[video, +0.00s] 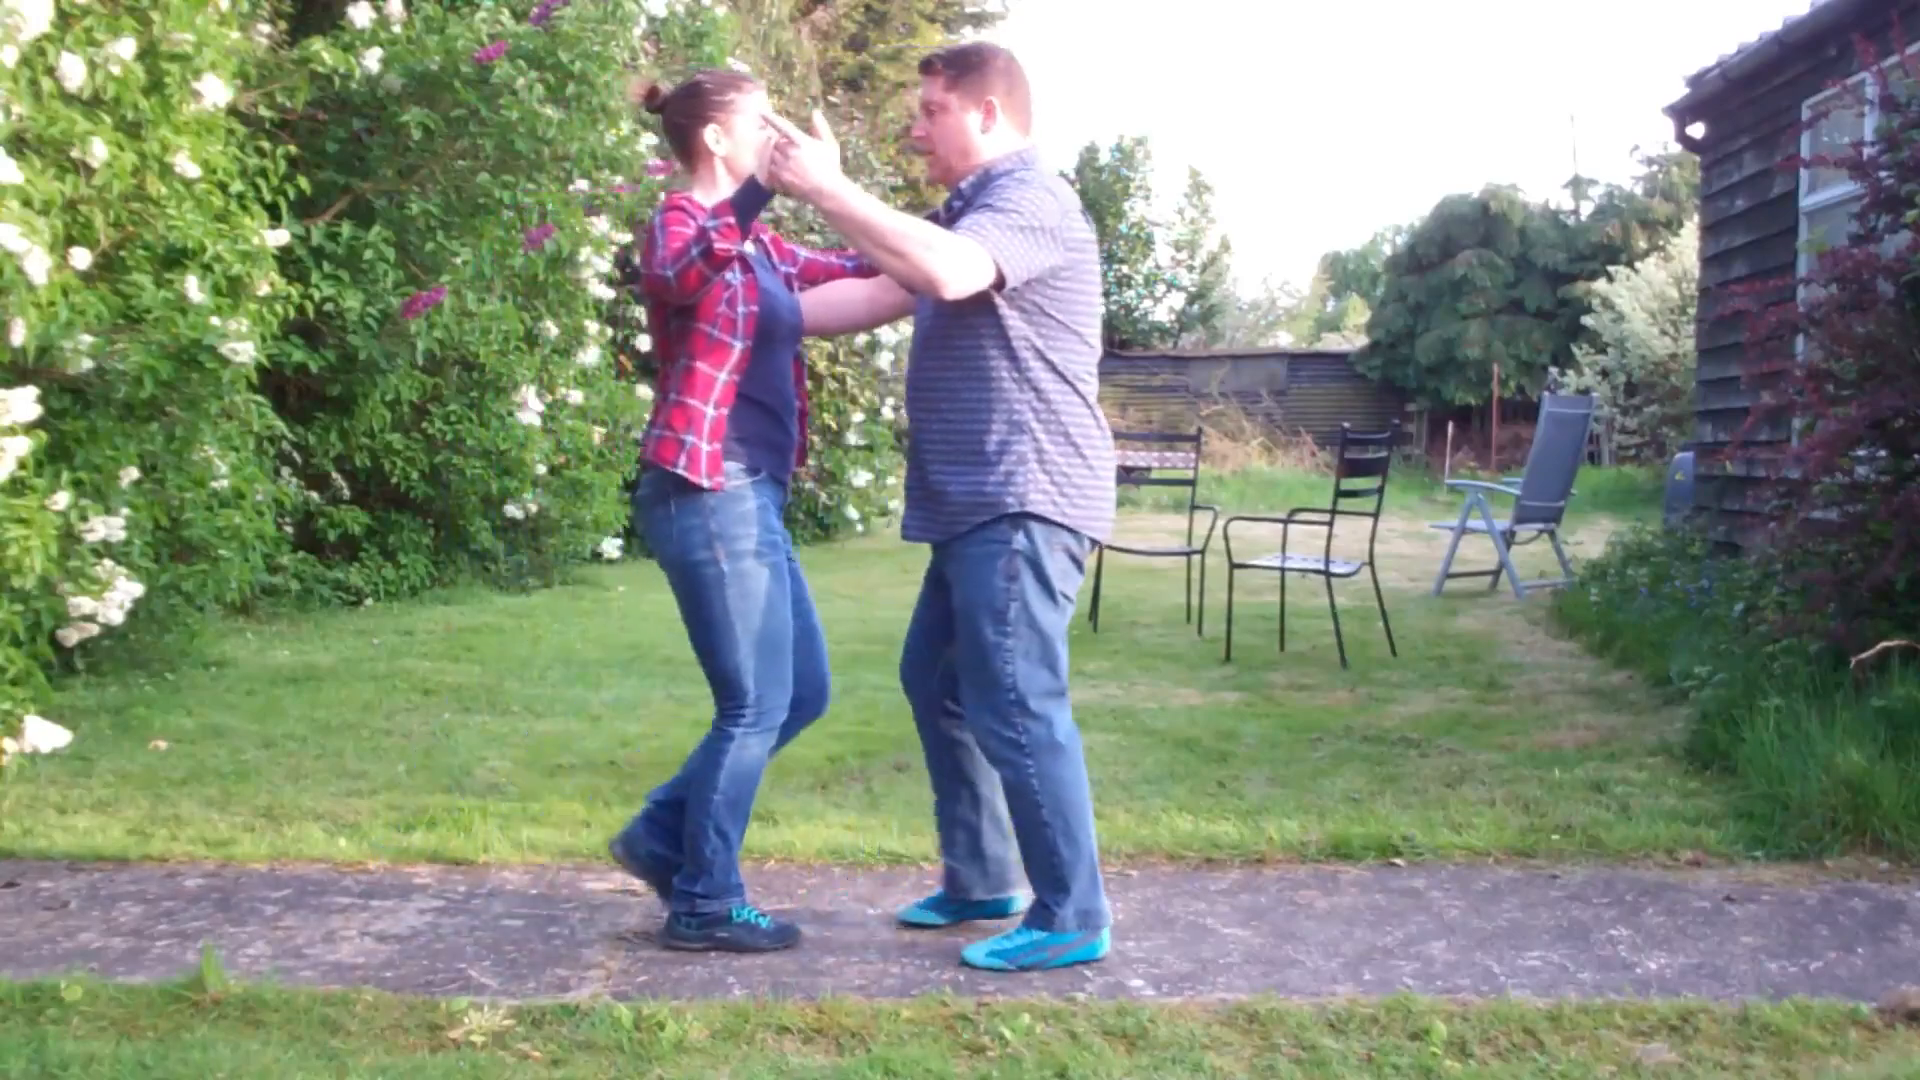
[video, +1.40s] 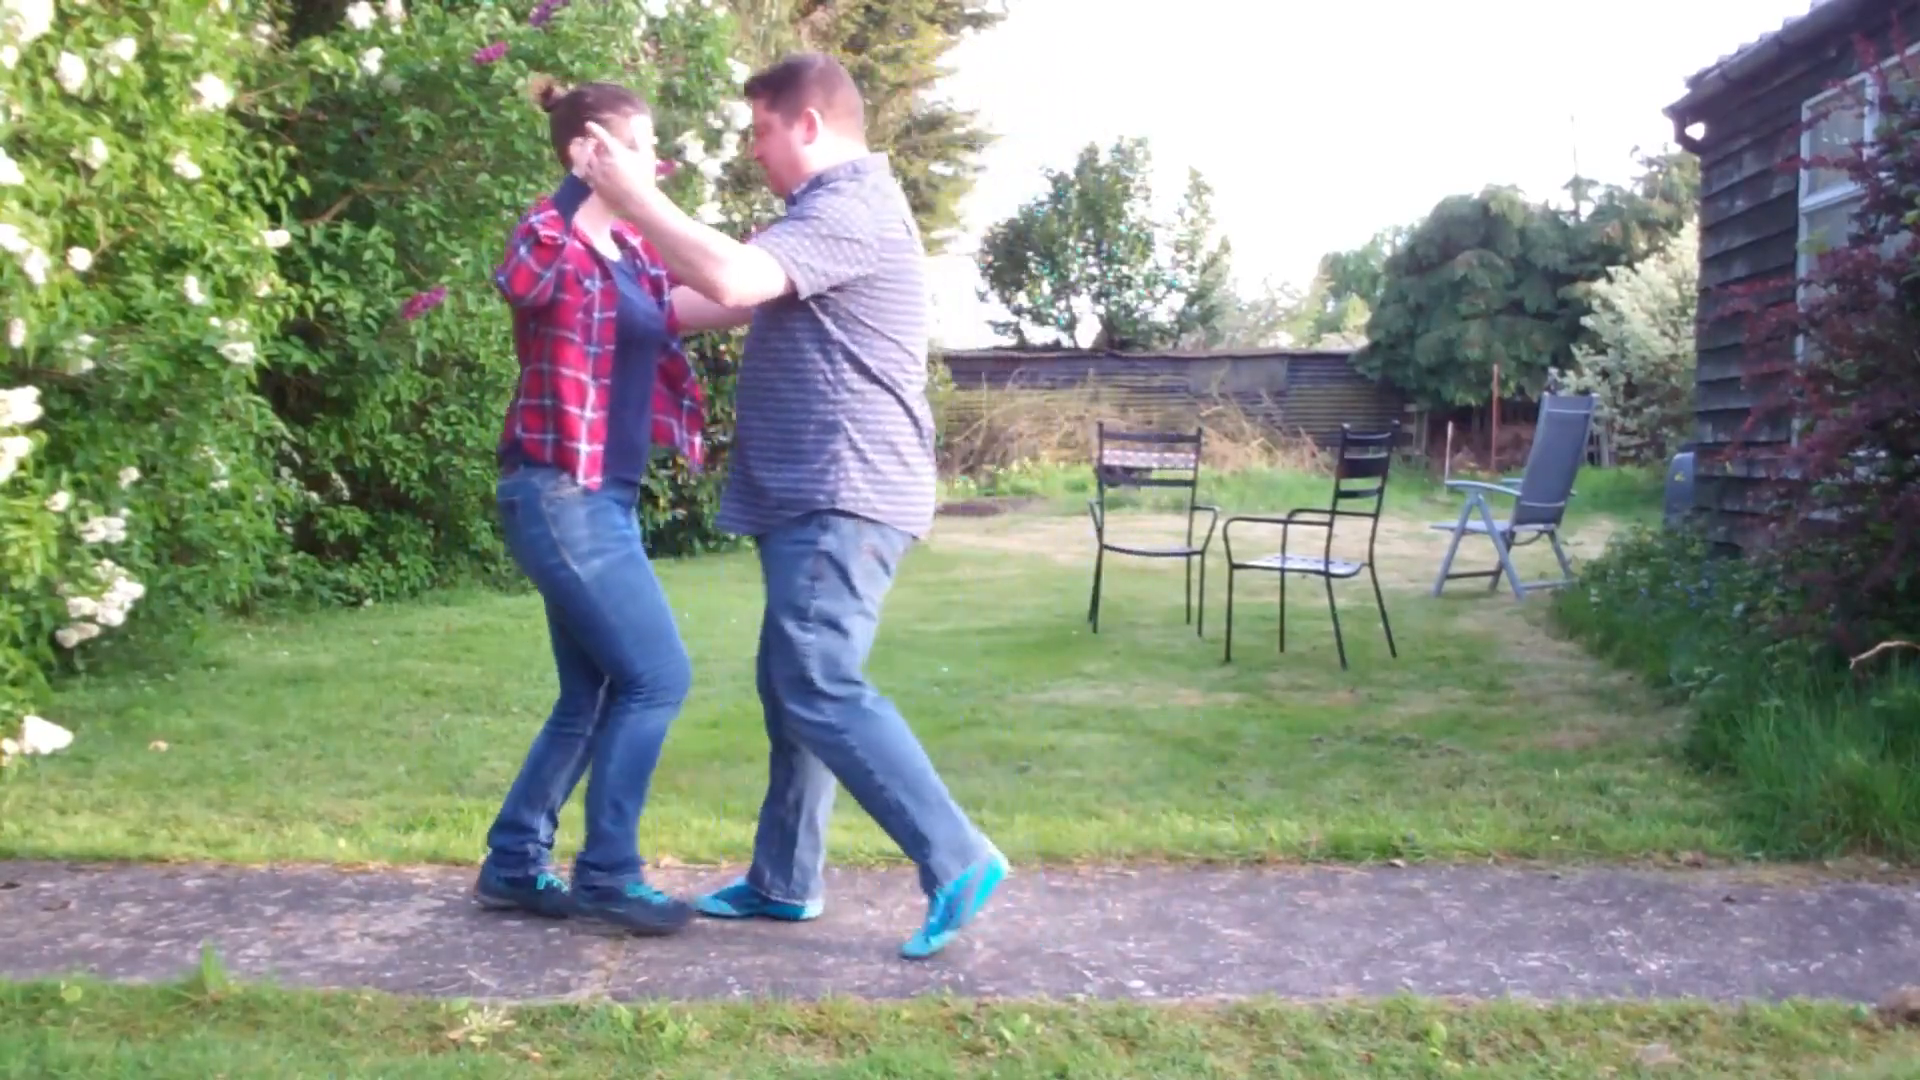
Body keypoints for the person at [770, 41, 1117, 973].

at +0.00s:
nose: (914, 128)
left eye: (928, 111)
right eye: (916, 113)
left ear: (985, 111)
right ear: (978, 114)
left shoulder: (1033, 198)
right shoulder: (969, 214)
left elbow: (948, 268)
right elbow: (870, 292)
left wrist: (827, 188)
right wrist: (739, 308)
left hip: (1029, 499)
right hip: (976, 504)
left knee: (1016, 704)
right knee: (934, 679)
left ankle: (1074, 917)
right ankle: (984, 883)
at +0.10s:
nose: (943, 128)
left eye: (955, 111)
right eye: (945, 113)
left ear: (1010, 110)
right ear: (1005, 114)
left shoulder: (1063, 199)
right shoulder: (994, 213)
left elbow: (978, 268)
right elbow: (896, 289)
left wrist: (856, 189)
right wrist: (764, 312)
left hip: (1048, 499)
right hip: (998, 503)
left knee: (1028, 703)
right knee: (964, 682)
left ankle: (1070, 920)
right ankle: (1093, 846)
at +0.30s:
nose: (988, 124)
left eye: (1000, 105)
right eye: (990, 106)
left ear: (1052, 106)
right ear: (1055, 108)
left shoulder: (1100, 195)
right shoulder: (1040, 208)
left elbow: (1022, 264)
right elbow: (935, 288)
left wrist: (898, 185)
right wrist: (802, 308)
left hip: (1079, 494)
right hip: (1046, 495)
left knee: (1055, 709)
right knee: (1101, 699)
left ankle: (1071, 921)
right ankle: (1215, 869)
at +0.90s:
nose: (922, 138)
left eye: (931, 119)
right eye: (920, 122)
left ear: (985, 110)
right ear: (982, 114)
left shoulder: (1027, 192)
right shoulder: (976, 208)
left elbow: (944, 260)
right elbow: (871, 286)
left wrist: (812, 191)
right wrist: (743, 299)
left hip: (1014, 486)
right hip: (972, 489)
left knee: (992, 694)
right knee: (967, 681)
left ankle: (1011, 913)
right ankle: (1115, 817)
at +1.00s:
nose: (891, 143)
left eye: (898, 122)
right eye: (888, 125)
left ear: (950, 109)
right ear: (954, 113)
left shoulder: (1001, 186)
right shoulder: (955, 202)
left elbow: (900, 254)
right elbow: (845, 289)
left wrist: (766, 183)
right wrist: (712, 305)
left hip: (986, 489)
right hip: (944, 493)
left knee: (977, 698)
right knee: (905, 667)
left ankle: (1012, 913)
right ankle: (1011, 844)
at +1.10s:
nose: (858, 146)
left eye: (865, 126)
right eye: (854, 129)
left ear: (915, 114)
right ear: (921, 117)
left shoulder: (968, 195)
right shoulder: (923, 208)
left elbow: (858, 252)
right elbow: (825, 291)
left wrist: (723, 174)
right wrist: (694, 297)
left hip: (959, 491)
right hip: (917, 494)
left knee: (959, 699)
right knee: (880, 678)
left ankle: (1011, 912)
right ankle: (880, 880)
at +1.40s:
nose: (752, 152)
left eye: (759, 132)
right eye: (752, 134)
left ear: (805, 124)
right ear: (821, 126)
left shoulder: (854, 201)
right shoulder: (835, 205)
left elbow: (735, 279)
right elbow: (729, 294)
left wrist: (633, 192)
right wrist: (636, 220)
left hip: (850, 490)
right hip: (816, 491)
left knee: (813, 682)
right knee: (794, 686)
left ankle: (960, 862)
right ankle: (782, 883)